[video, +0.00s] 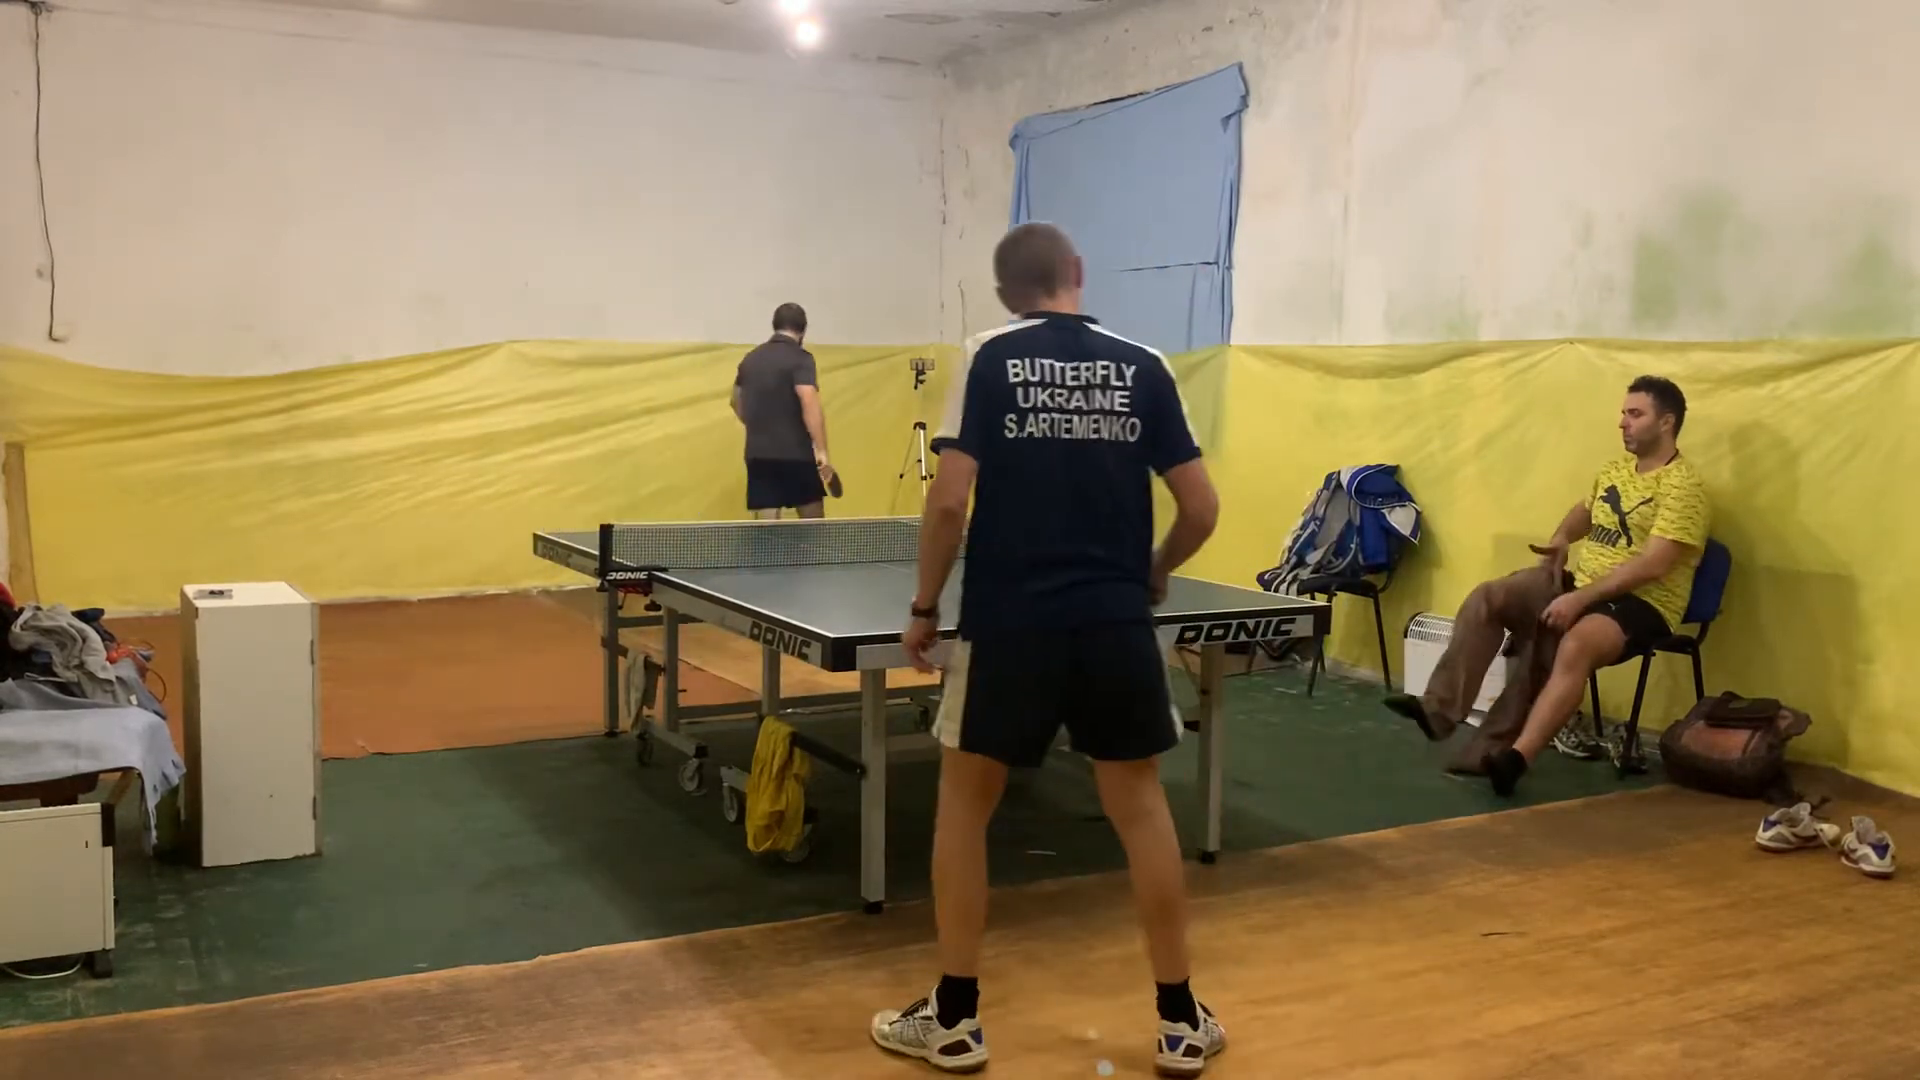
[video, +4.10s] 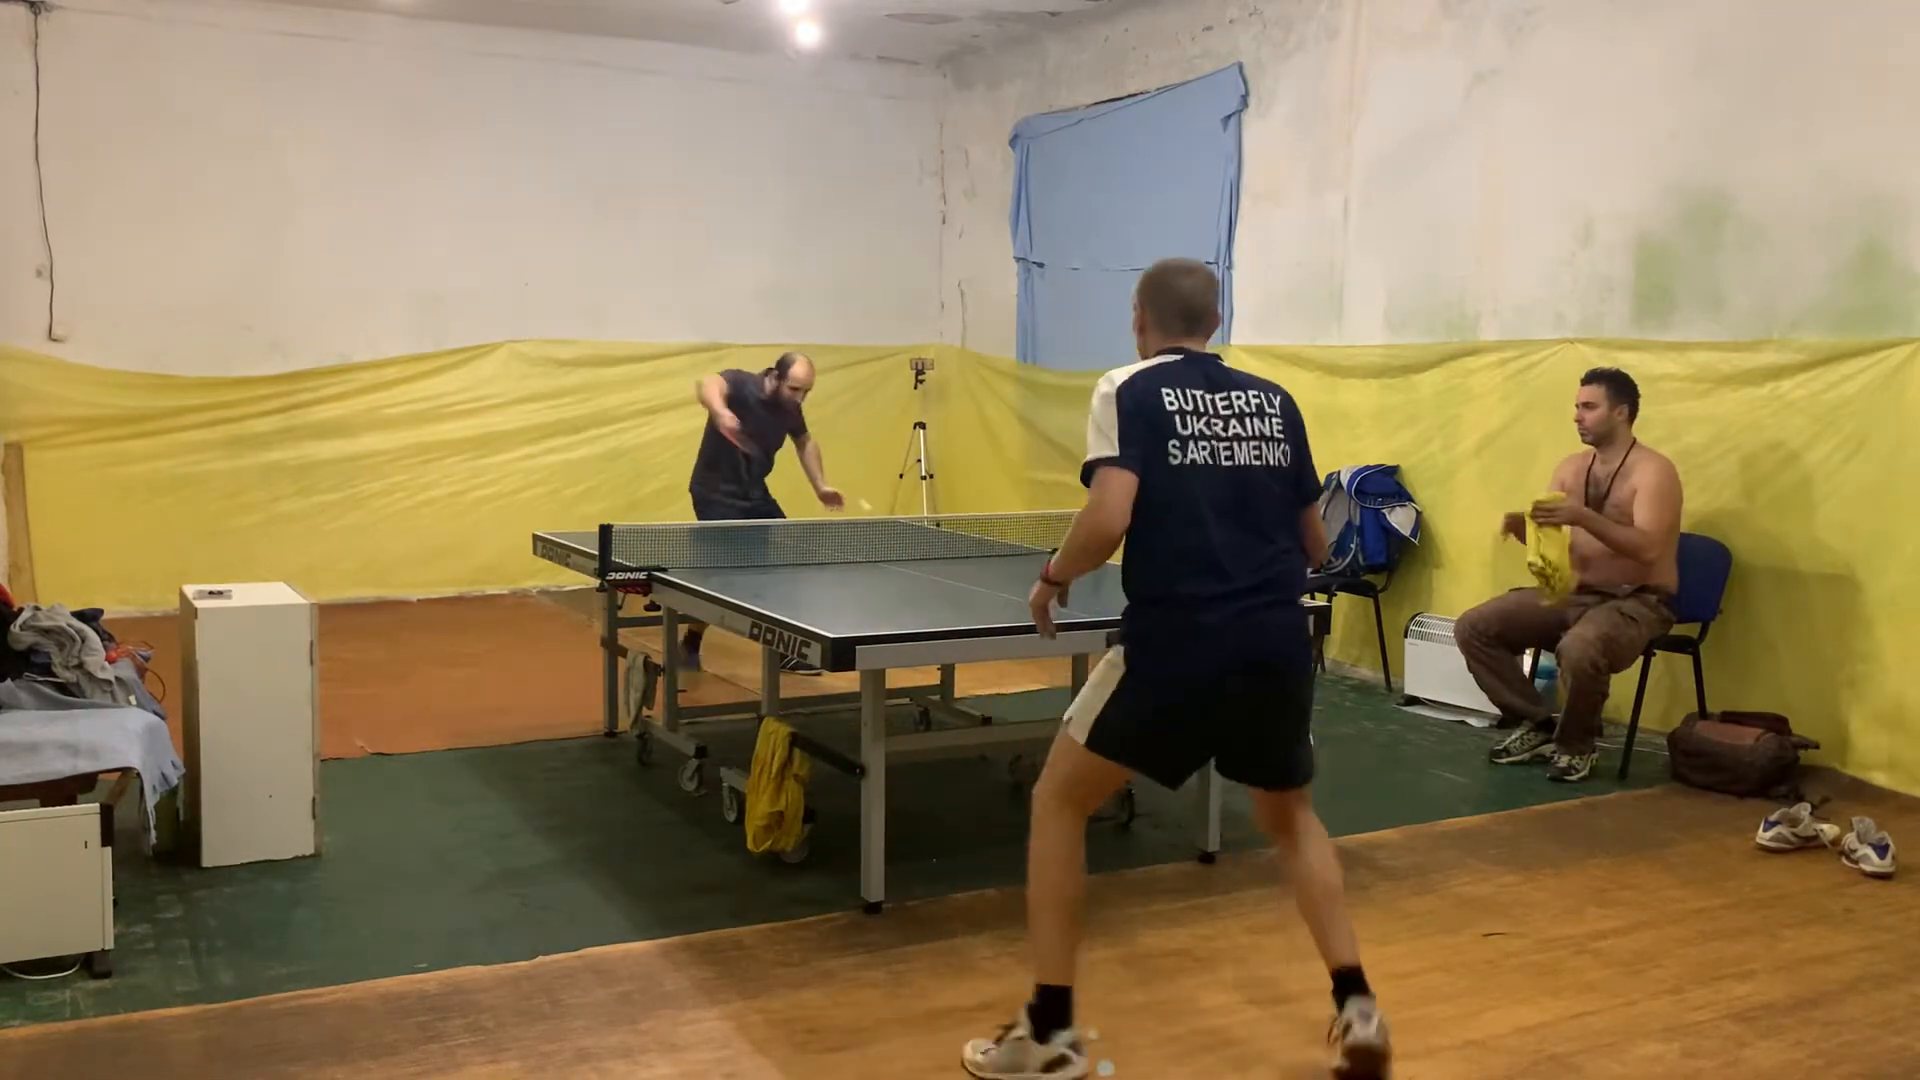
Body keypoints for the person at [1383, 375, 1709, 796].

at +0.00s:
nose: (1623, 422)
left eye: (1634, 414)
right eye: (1624, 413)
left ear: (1668, 423)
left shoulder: (1683, 485)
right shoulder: (1618, 468)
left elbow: (1656, 563)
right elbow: (1587, 512)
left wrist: (1582, 598)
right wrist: (1561, 537)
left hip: (1643, 599)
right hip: (1582, 581)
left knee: (1573, 642)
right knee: (1487, 599)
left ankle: (1513, 757)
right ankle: (1441, 710)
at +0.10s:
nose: (1610, 430)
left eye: (1620, 420)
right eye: (1605, 422)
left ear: (1652, 421)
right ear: (1600, 425)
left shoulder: (1683, 486)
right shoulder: (1593, 475)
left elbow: (1700, 566)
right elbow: (1561, 531)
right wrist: (1522, 568)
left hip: (1630, 603)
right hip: (1574, 591)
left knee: (1552, 628)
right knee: (1490, 623)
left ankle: (1531, 750)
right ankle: (1452, 739)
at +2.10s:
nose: (1598, 429)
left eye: (1608, 419)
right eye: (1595, 420)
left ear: (1642, 421)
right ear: (1594, 423)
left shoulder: (1677, 483)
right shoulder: (1591, 476)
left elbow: (1684, 568)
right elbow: (1560, 546)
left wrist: (1643, 627)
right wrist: (1532, 594)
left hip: (1631, 596)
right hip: (1572, 588)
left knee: (1553, 627)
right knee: (1493, 616)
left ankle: (1531, 750)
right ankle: (1489, 734)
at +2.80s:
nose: (1583, 432)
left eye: (1593, 422)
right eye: (1579, 422)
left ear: (1626, 420)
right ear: (1576, 422)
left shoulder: (1663, 481)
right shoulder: (1577, 476)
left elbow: (1685, 561)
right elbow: (1554, 543)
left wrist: (1644, 622)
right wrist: (1532, 592)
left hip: (1631, 597)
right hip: (1570, 590)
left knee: (1555, 623)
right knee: (1489, 617)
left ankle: (1544, 749)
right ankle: (1493, 734)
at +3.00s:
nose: (1592, 412)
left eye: (1605, 404)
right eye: (1589, 403)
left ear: (1635, 411)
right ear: (1584, 408)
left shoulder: (1655, 472)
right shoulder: (1573, 462)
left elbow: (1639, 548)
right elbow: (1513, 492)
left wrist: (1557, 526)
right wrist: (1534, 449)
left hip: (1637, 601)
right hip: (1572, 593)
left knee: (1580, 651)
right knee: (1474, 630)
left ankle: (1577, 746)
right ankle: (1535, 722)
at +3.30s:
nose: (1587, 413)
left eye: (1599, 404)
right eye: (1585, 404)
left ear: (1632, 412)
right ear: (1582, 408)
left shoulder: (1656, 473)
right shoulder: (1569, 465)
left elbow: (1650, 550)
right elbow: (1531, 526)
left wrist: (1581, 516)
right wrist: (1497, 482)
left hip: (1637, 601)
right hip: (1571, 594)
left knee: (1579, 650)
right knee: (1474, 629)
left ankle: (1577, 745)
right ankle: (1535, 722)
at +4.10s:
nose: (1577, 416)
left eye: (1588, 406)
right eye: (1577, 407)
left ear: (1622, 412)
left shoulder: (1654, 472)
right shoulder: (1571, 468)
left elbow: (1649, 549)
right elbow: (1556, 546)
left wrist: (1580, 517)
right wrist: (1529, 529)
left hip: (1639, 601)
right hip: (1574, 595)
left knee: (1579, 649)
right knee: (1475, 629)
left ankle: (1577, 746)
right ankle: (1535, 723)